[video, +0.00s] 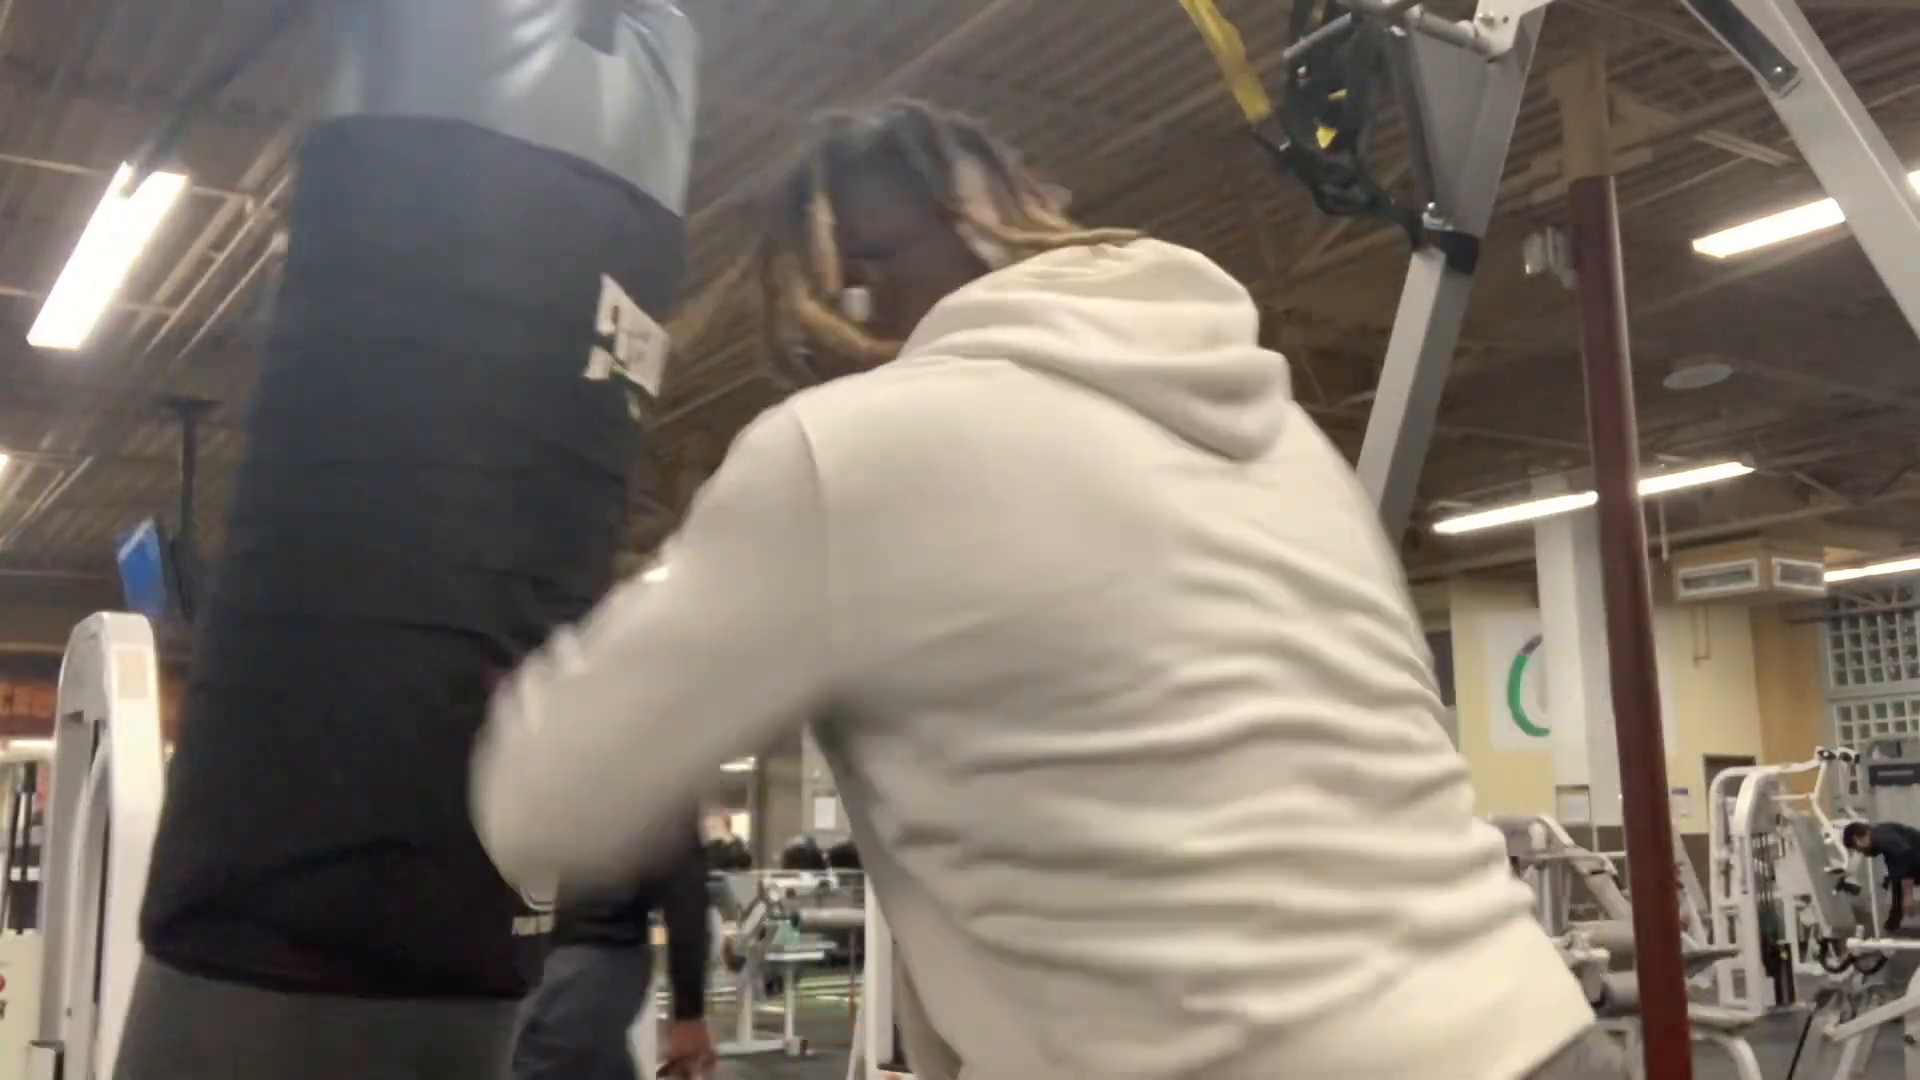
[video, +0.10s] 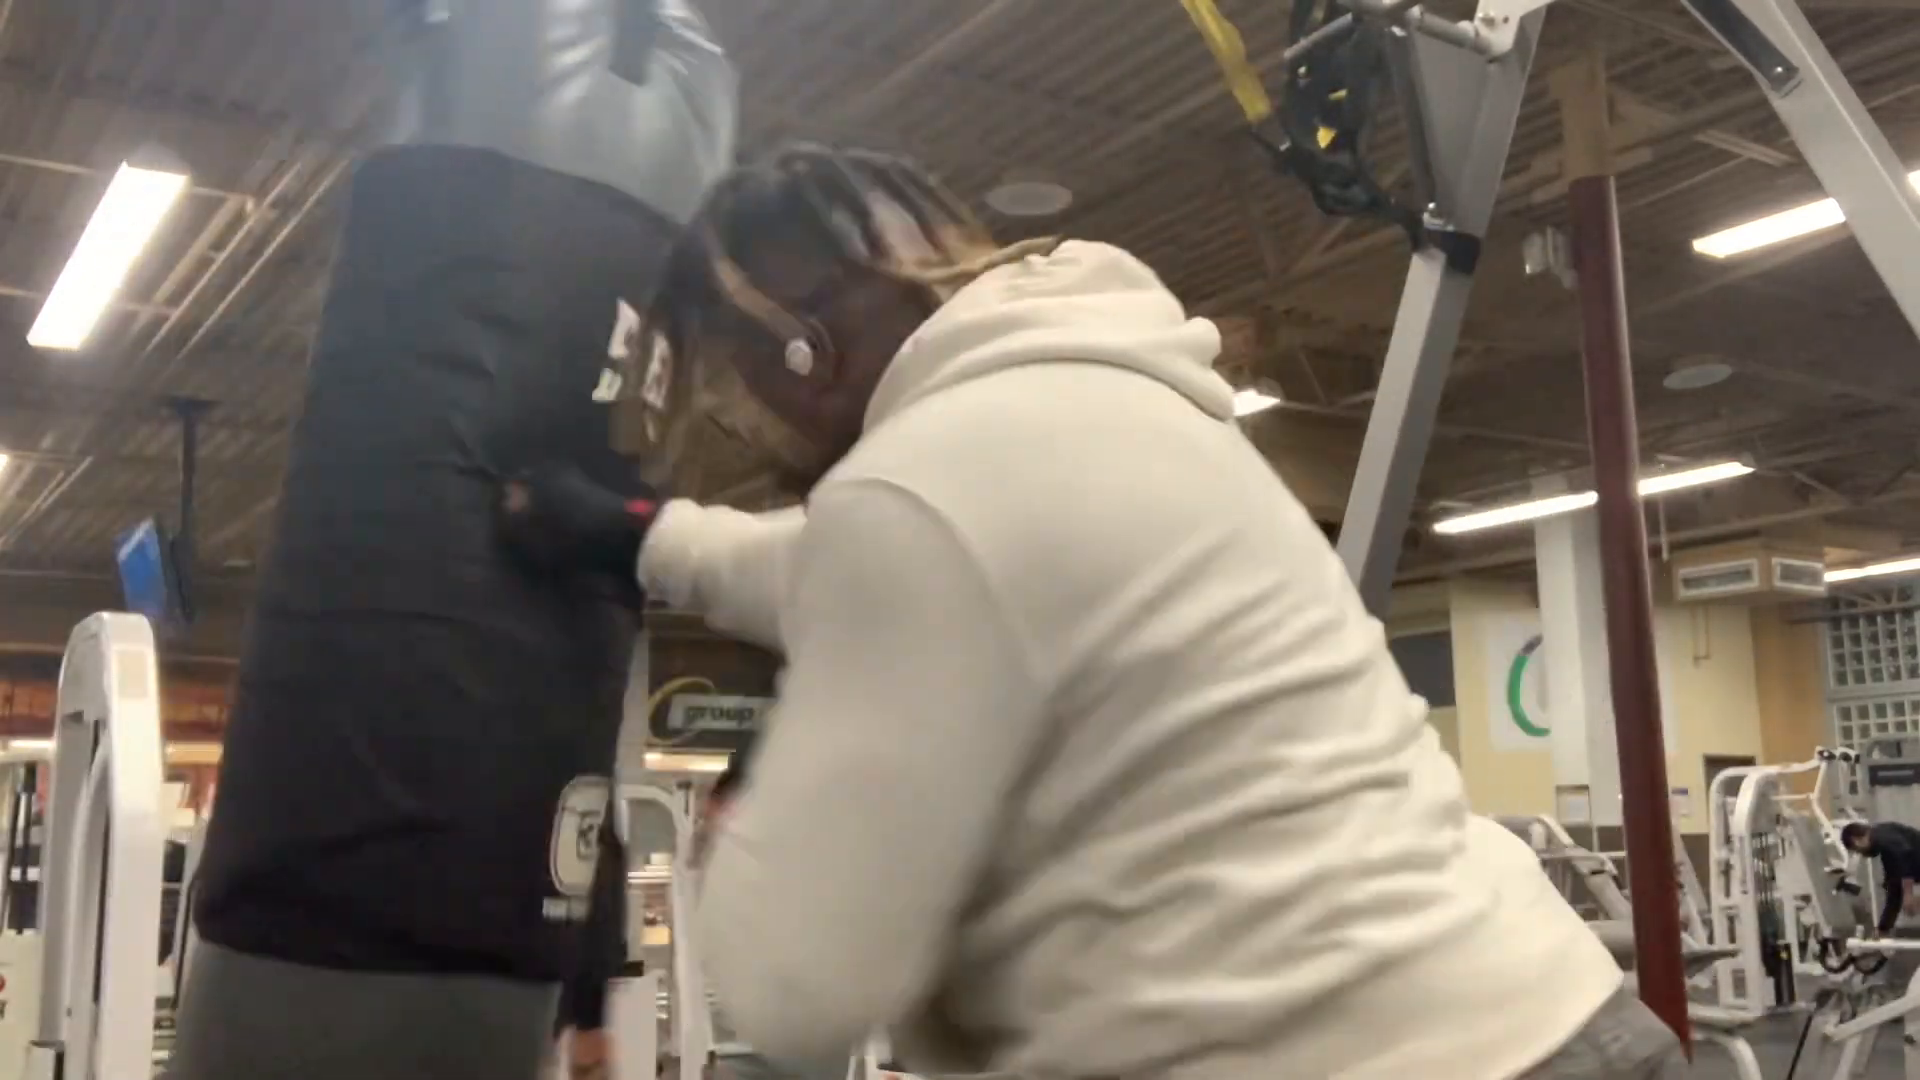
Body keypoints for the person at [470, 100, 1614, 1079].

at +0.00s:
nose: (805, 364)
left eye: (802, 335)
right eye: (794, 339)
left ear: (833, 306)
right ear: (1030, 227)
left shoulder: (840, 457)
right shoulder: (1273, 422)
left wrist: (655, 816)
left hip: (1210, 1052)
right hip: (1516, 1022)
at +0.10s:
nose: (773, 404)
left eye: (753, 365)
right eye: (749, 375)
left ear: (805, 336)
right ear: (925, 250)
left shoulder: (918, 501)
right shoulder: (1118, 400)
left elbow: (787, 1004)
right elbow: (860, 571)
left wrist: (745, 815)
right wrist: (636, 532)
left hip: (1321, 1071)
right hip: (1551, 1026)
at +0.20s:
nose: (827, 378)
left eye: (820, 316)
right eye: (807, 327)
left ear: (909, 259)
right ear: (1052, 228)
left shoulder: (983, 474)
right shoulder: (1240, 385)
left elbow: (893, 986)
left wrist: (808, 746)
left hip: (1322, 1047)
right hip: (1579, 1012)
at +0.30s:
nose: (1010, 247)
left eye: (1010, 204)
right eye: (1000, 210)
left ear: (1076, 177)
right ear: (1251, 149)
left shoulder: (1116, 373)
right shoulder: (1444, 353)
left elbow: (952, 837)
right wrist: (1051, 935)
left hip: (1369, 1038)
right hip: (1672, 1005)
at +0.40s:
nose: (1235, 193)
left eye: (1237, 146)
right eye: (1225, 155)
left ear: (1309, 122)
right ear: (1486, 106)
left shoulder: (1315, 281)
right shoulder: (1695, 363)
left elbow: (1169, 673)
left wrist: (1027, 707)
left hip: (1471, 1037)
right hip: (1802, 995)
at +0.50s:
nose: (1369, 107)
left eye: (1394, 52)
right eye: (1374, 61)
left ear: (1469, 41)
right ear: (1656, 59)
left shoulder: (1472, 225)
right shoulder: (1822, 280)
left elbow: (1385, 609)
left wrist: (1179, 684)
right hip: (1886, 989)